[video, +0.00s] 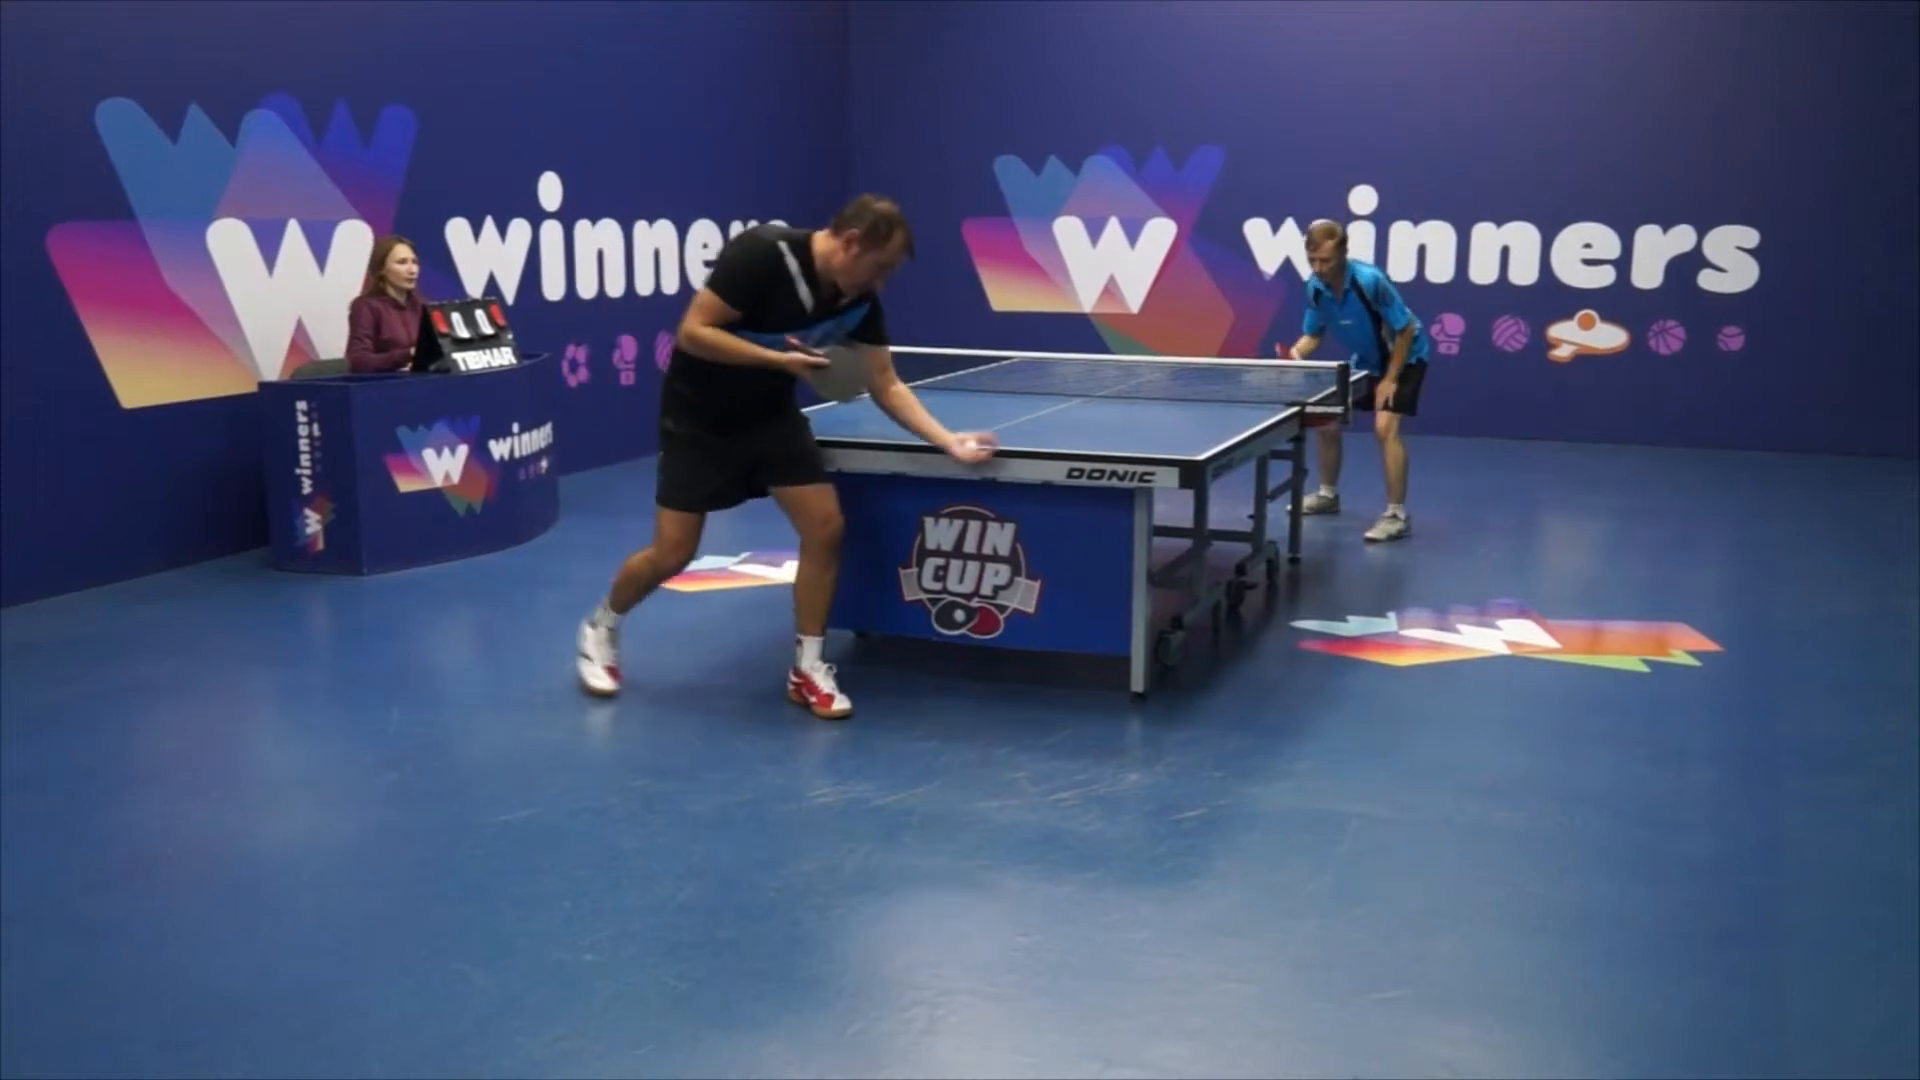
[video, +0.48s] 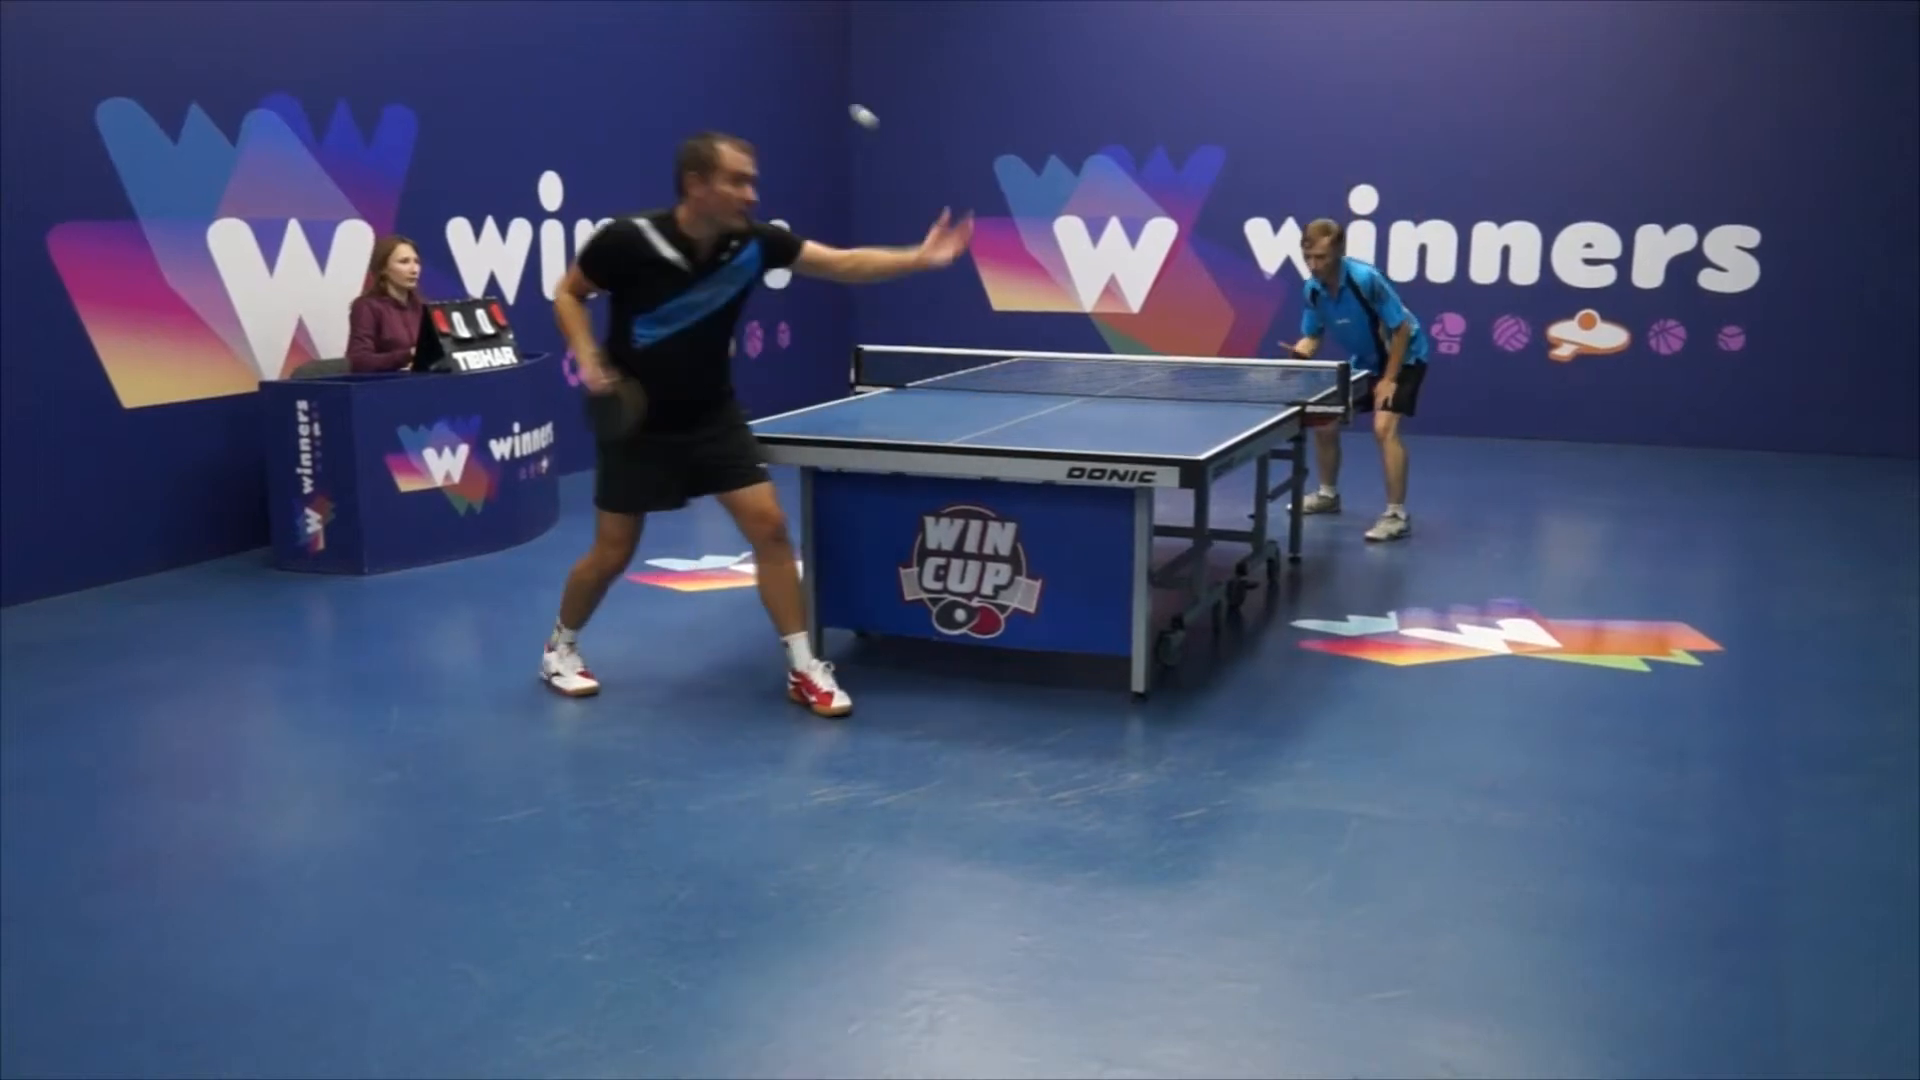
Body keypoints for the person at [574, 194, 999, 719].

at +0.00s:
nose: (882, 280)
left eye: (889, 271)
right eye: (882, 268)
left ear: (860, 250)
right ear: (848, 243)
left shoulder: (860, 301)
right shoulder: (759, 254)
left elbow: (886, 383)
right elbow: (691, 333)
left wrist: (947, 439)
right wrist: (777, 359)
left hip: (770, 410)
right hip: (698, 408)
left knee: (824, 527)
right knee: (672, 552)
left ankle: (809, 667)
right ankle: (601, 628)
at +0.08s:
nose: (869, 268)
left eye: (875, 259)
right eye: (867, 256)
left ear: (848, 241)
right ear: (833, 233)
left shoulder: (849, 294)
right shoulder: (745, 250)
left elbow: (887, 375)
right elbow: (673, 325)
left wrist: (949, 438)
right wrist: (755, 352)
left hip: (769, 410)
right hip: (695, 412)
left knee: (826, 527)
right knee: (667, 557)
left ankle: (809, 668)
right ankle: (583, 625)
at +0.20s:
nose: (838, 252)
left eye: (843, 242)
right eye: (834, 239)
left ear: (812, 222)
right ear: (798, 218)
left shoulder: (825, 279)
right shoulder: (711, 247)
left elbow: (888, 343)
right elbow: (636, 314)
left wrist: (958, 359)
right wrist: (709, 346)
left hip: (759, 417)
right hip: (685, 419)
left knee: (823, 528)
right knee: (651, 566)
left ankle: (808, 668)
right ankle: (566, 634)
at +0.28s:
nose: (814, 239)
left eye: (818, 227)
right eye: (808, 224)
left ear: (791, 217)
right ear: (768, 209)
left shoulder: (806, 266)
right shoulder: (685, 247)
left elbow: (885, 306)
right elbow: (611, 311)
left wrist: (944, 287)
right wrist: (673, 347)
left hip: (747, 420)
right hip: (670, 425)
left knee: (812, 525)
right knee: (636, 564)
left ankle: (807, 667)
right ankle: (561, 641)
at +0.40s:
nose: (776, 210)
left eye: (778, 197)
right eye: (764, 197)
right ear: (722, 193)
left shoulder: (774, 247)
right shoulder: (648, 245)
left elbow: (862, 264)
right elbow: (584, 300)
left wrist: (929, 240)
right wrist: (620, 354)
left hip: (725, 416)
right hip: (647, 421)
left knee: (789, 524)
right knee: (621, 555)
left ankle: (805, 666)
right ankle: (561, 648)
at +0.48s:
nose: (750, 194)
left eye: (753, 183)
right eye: (739, 183)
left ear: (748, 187)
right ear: (696, 185)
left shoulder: (756, 242)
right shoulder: (627, 241)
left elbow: (843, 263)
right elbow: (567, 293)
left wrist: (921, 256)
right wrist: (587, 358)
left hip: (711, 411)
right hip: (635, 413)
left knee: (770, 527)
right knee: (613, 551)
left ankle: (804, 665)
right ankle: (560, 648)